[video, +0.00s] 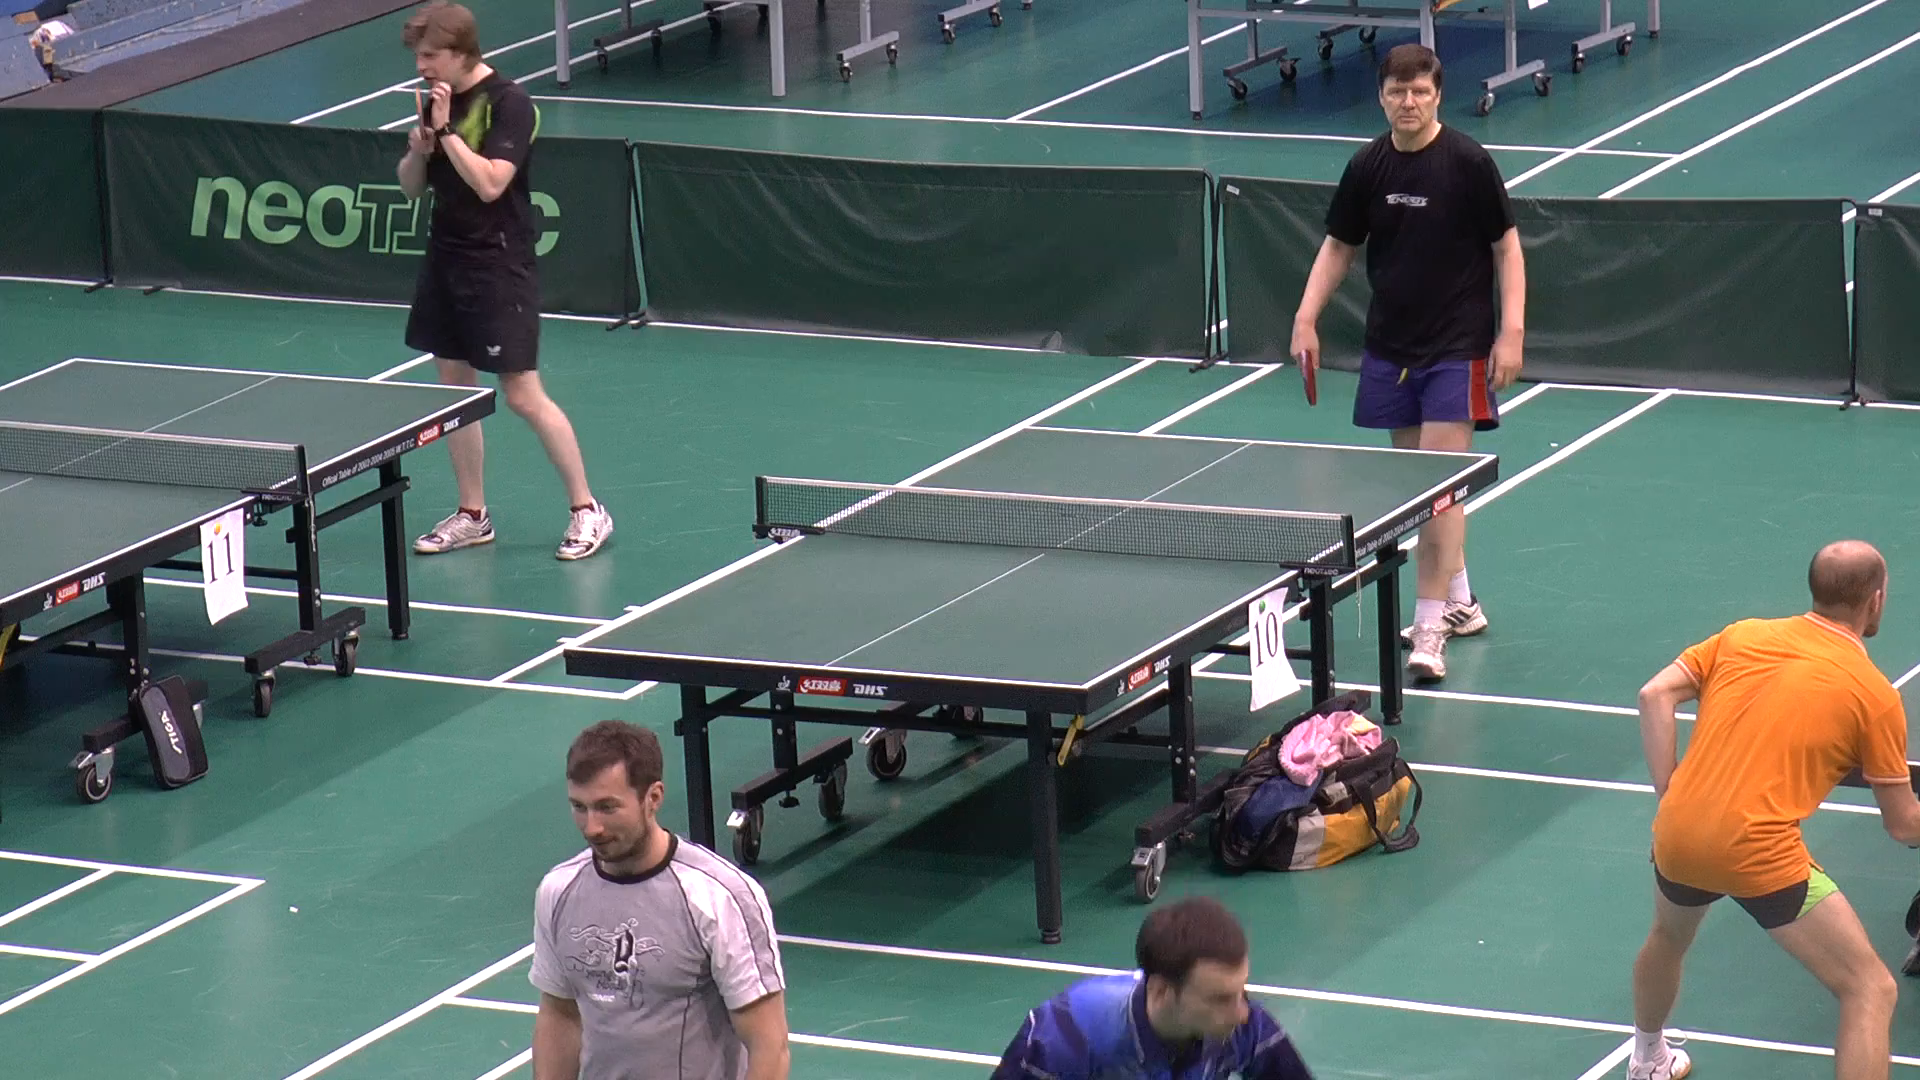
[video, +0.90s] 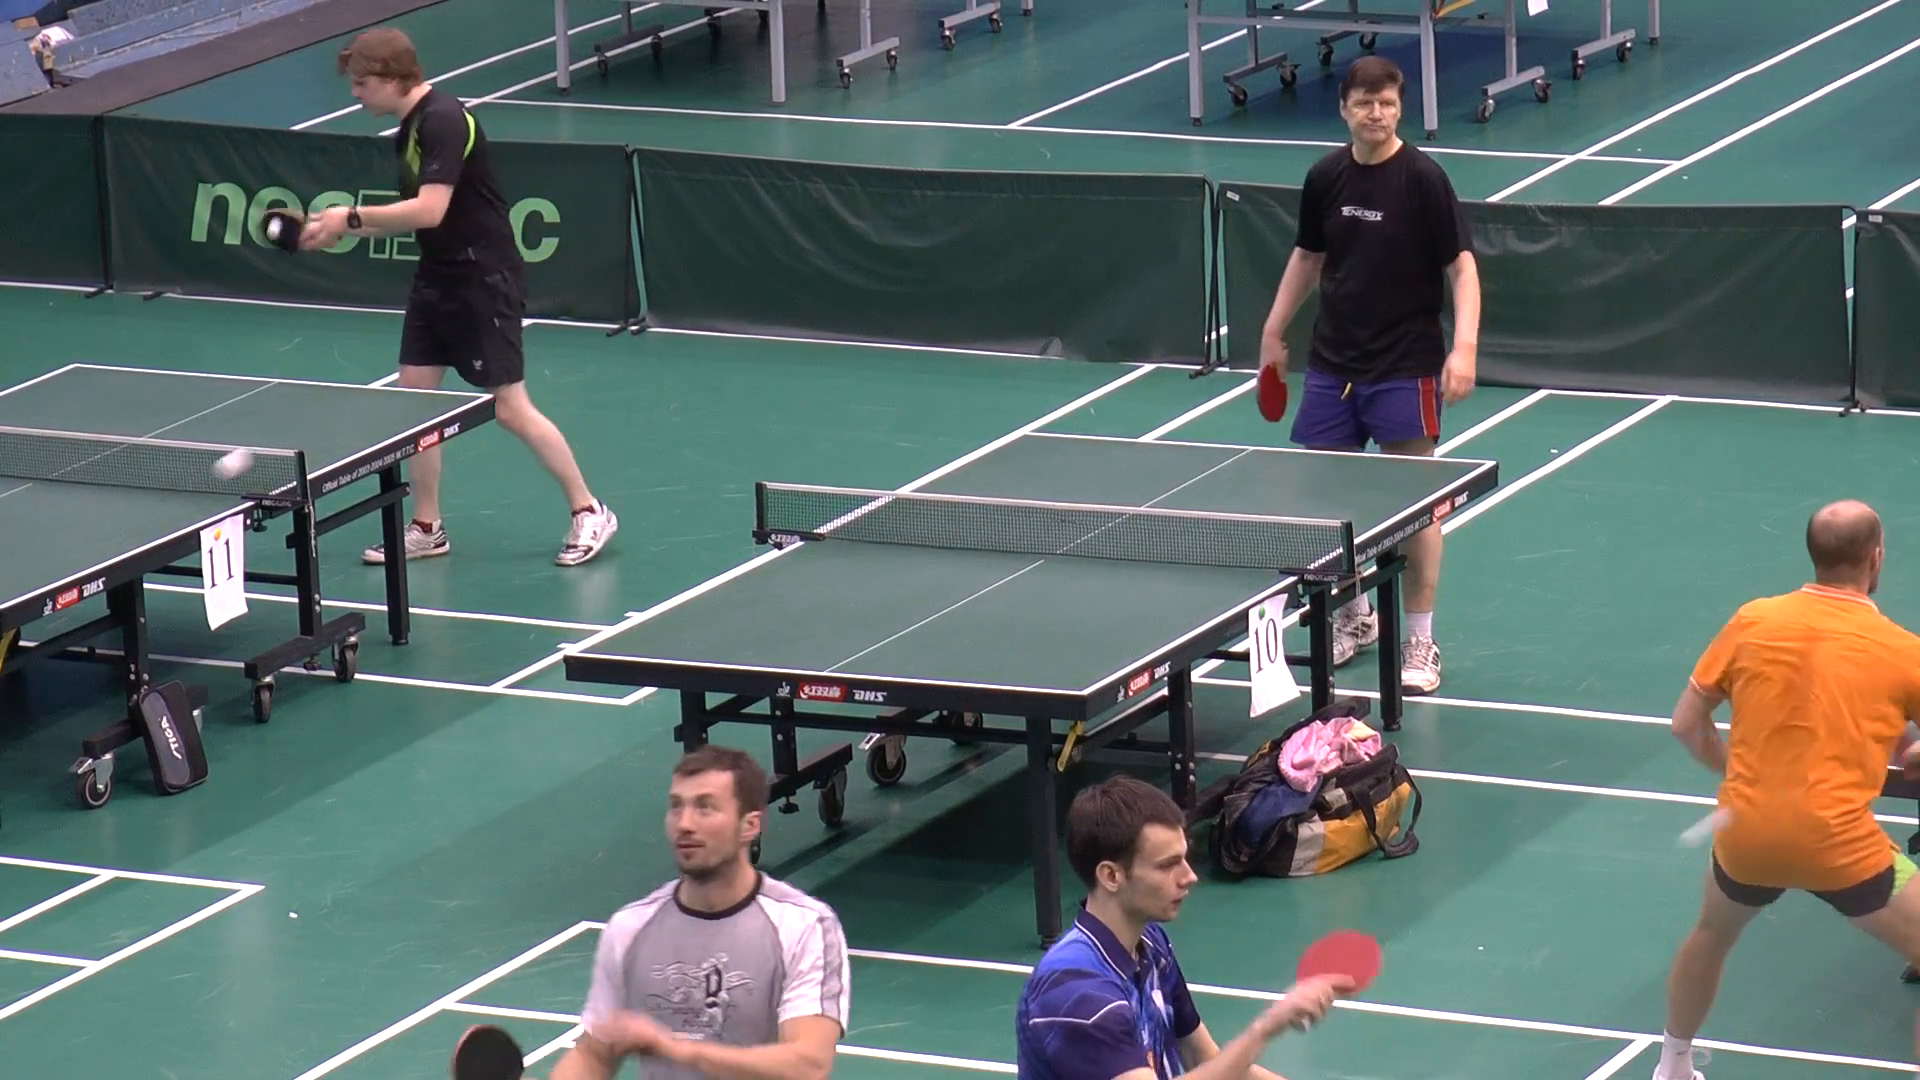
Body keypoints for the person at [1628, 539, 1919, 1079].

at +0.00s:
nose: (1884, 599)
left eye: (1883, 590)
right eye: (1884, 591)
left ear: (1815, 591)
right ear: (1874, 600)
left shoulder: (1741, 634)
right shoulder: (1874, 693)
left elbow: (1656, 694)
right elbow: (1904, 823)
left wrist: (1666, 793)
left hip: (1677, 836)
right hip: (1759, 852)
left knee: (1666, 939)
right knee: (1868, 987)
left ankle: (1646, 1058)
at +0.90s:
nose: (1883, 555)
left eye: (1881, 545)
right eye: (1883, 547)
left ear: (1810, 556)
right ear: (1875, 557)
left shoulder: (1754, 619)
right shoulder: (1903, 648)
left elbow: (1687, 722)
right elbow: (1908, 750)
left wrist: (1736, 771)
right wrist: (1891, 753)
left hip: (1747, 836)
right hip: (1840, 846)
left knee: (1709, 937)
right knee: (1915, 943)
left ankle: (1673, 1065)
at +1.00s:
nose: (1876, 571)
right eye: (1876, 564)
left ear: (1806, 574)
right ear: (1871, 574)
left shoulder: (1761, 638)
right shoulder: (1906, 663)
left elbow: (1706, 722)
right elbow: (1909, 797)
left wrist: (1744, 713)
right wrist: (1875, 787)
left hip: (1765, 854)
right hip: (1863, 859)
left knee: (1714, 938)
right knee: (1913, 947)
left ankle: (1675, 1065)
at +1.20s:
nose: (1869, 597)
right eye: (1869, 590)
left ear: (1803, 595)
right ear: (1867, 595)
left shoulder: (1756, 647)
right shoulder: (1899, 674)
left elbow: (1649, 697)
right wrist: (1883, 652)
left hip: (1733, 870)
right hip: (1829, 882)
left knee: (1689, 913)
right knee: (1917, 973)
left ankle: (1655, 1055)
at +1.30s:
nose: (1847, 597)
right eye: (1845, 588)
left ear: (1778, 585)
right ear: (1840, 595)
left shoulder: (1714, 633)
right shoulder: (1861, 657)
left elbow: (1625, 688)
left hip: (1667, 846)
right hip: (1750, 865)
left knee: (1681, 899)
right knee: (1895, 970)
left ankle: (1601, 1038)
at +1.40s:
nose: (1813, 590)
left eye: (1809, 579)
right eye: (1811, 581)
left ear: (1741, 583)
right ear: (1801, 589)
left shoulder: (1674, 631)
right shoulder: (1800, 659)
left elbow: (1607, 690)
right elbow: (1898, 685)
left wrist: (1541, 774)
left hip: (1637, 849)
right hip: (1715, 861)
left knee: (1661, 924)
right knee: (1851, 968)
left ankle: (1587, 1059)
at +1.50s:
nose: (1792, 568)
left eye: (1791, 558)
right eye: (1791, 558)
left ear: (1724, 559)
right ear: (1779, 565)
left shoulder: (1653, 609)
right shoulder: (1763, 636)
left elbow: (1570, 689)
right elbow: (1812, 714)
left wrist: (1537, 784)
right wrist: (1903, 753)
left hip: (1607, 825)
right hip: (1678, 836)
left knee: (1642, 913)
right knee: (1797, 960)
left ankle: (1584, 1058)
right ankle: (1820, 1071)